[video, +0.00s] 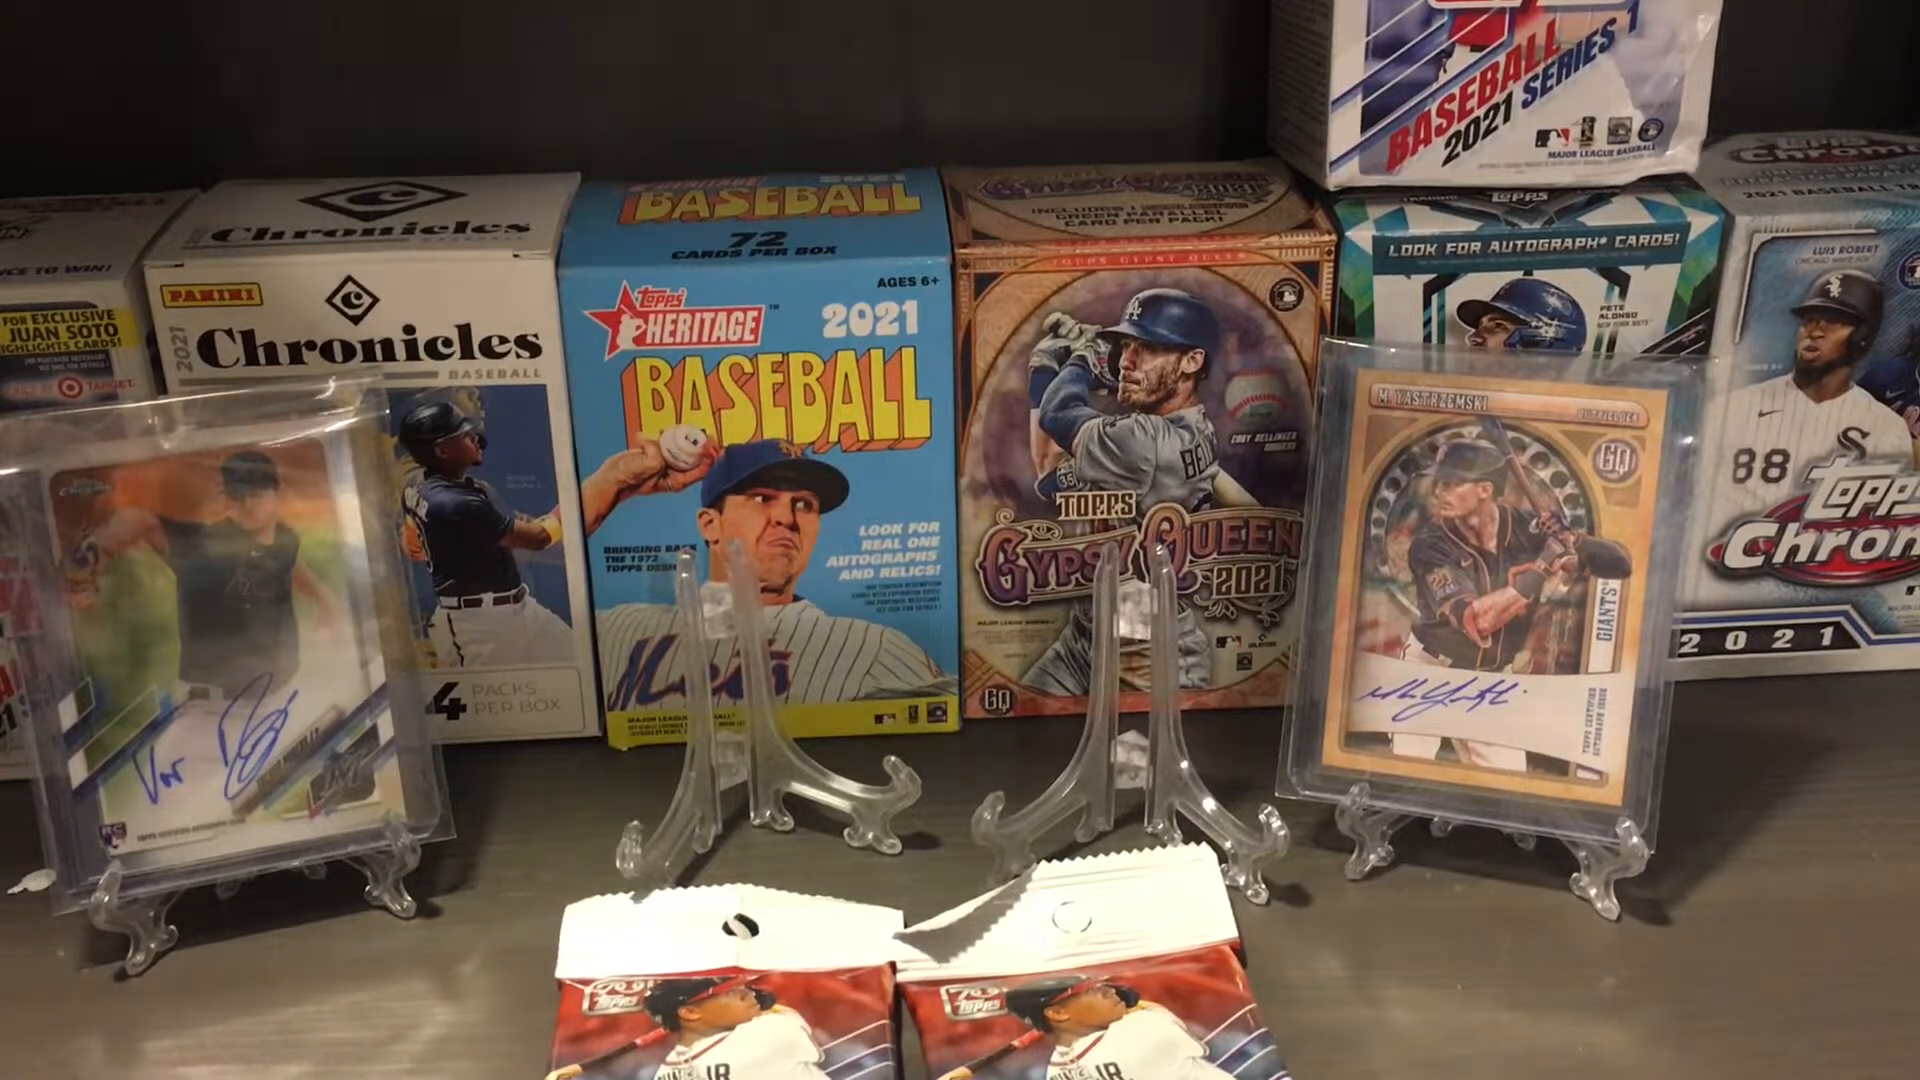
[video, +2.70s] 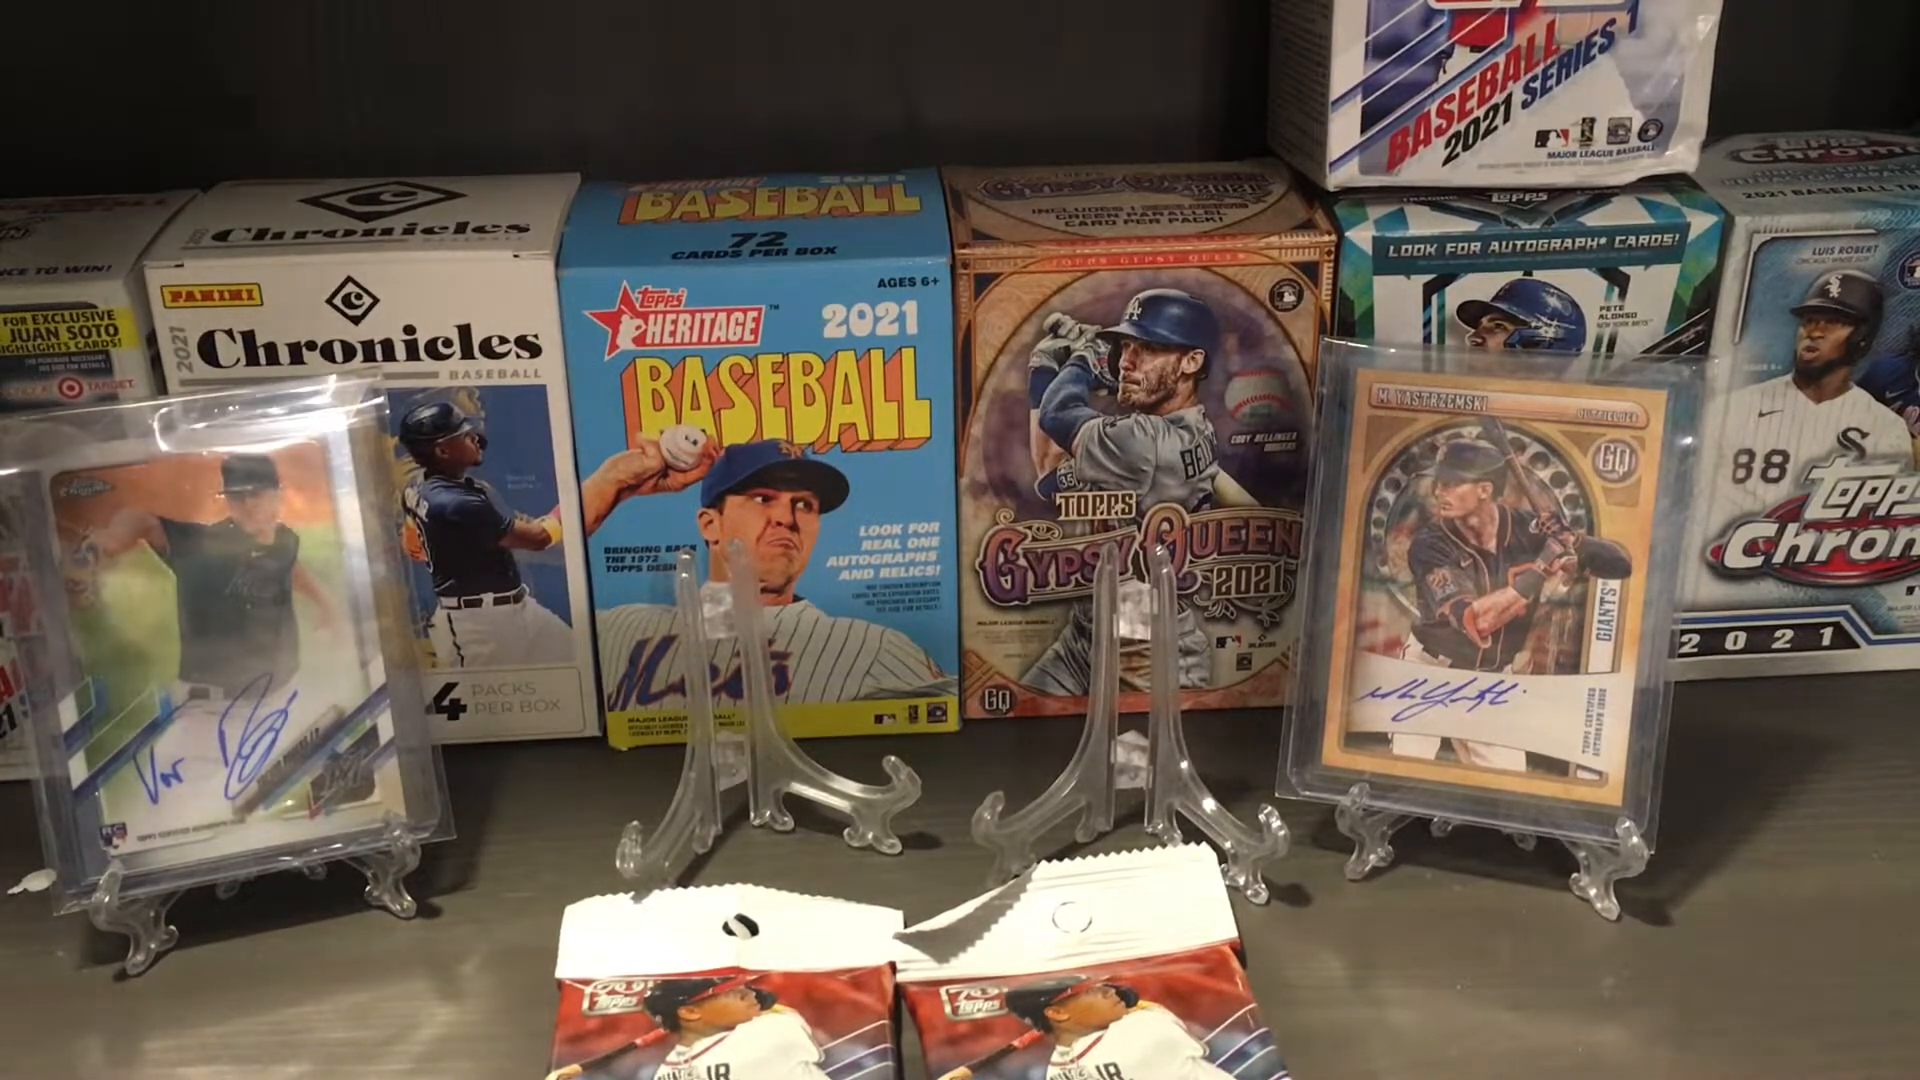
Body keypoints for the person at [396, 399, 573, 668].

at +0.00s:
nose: (474, 435)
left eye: (468, 429)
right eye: (464, 433)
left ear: (443, 451)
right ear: (442, 450)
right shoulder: (461, 506)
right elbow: (539, 537)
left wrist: (538, 523)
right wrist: (570, 510)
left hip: (520, 610)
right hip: (474, 623)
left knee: (588, 664)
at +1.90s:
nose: (475, 435)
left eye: (468, 429)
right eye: (464, 433)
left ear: (443, 451)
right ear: (442, 450)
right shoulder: (460, 507)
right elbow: (539, 537)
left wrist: (543, 523)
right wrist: (571, 507)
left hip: (520, 609)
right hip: (476, 622)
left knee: (589, 663)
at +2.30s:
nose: (475, 436)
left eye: (469, 430)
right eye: (465, 433)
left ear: (443, 451)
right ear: (442, 450)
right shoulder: (461, 507)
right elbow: (539, 537)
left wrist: (539, 524)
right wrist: (572, 507)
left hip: (519, 608)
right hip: (474, 622)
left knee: (589, 664)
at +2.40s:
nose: (475, 436)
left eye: (469, 430)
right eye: (464, 433)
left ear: (443, 451)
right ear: (442, 450)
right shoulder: (460, 507)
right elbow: (539, 537)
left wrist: (536, 524)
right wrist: (573, 506)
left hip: (519, 608)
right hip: (474, 622)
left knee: (588, 663)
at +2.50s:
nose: (475, 436)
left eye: (469, 429)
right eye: (464, 433)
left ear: (443, 451)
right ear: (442, 450)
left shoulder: (420, 489)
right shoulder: (460, 507)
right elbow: (539, 537)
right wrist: (573, 506)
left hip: (519, 609)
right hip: (474, 622)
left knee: (589, 663)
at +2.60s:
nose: (475, 436)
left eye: (469, 429)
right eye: (465, 433)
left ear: (443, 451)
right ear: (442, 450)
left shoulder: (420, 490)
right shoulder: (461, 507)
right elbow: (538, 537)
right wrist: (573, 506)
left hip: (519, 609)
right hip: (474, 623)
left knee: (589, 663)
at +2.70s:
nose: (475, 436)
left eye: (469, 429)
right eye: (464, 433)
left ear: (443, 451)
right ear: (442, 450)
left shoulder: (419, 490)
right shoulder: (461, 507)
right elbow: (539, 537)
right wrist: (573, 506)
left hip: (519, 609)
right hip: (474, 623)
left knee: (588, 662)